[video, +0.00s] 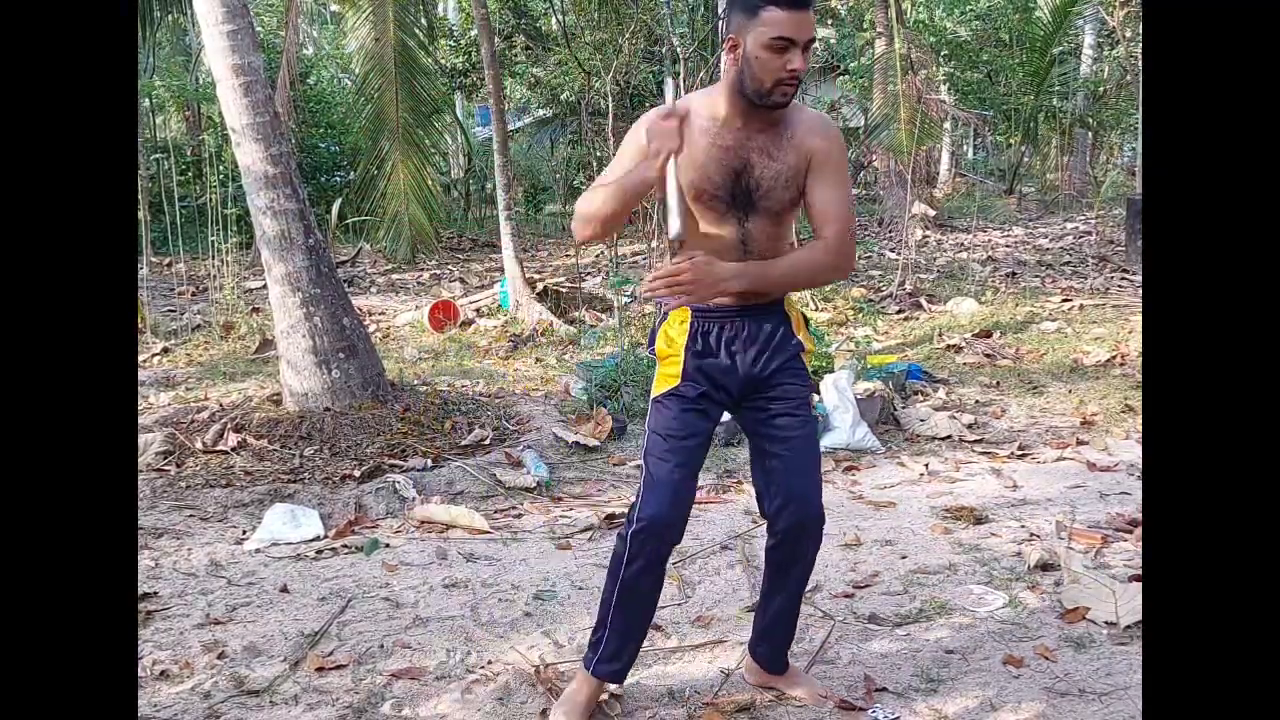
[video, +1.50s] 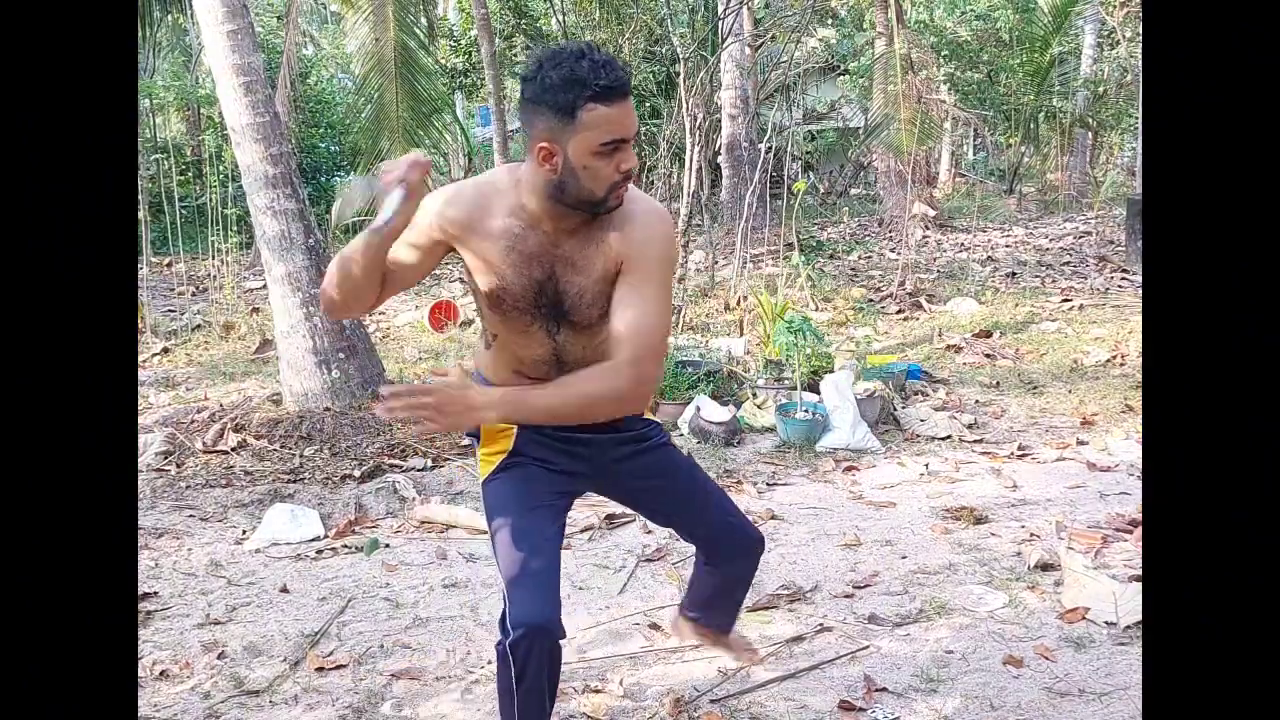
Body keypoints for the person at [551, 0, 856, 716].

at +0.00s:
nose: (798, 66)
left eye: (806, 49)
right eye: (781, 48)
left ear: (810, 48)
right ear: (732, 45)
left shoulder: (815, 135)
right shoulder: (672, 123)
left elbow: (837, 255)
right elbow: (587, 226)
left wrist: (730, 278)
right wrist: (646, 163)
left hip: (776, 344)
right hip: (692, 343)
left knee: (800, 518)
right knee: (658, 516)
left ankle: (769, 665)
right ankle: (596, 678)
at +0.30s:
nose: (820, 47)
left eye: (831, 31)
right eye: (802, 28)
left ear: (838, 33)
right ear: (756, 25)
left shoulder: (840, 125)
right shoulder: (697, 107)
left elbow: (856, 251)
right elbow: (587, 172)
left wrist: (759, 235)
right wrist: (644, 87)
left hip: (787, 335)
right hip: (705, 330)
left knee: (805, 518)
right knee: (679, 514)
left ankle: (768, 663)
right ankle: (599, 681)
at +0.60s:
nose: (783, 72)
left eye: (800, 55)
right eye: (766, 49)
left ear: (813, 58)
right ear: (728, 43)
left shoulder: (793, 142)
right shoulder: (682, 128)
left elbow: (878, 215)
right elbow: (649, 253)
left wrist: (939, 168)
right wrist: (770, 219)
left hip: (739, 359)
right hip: (668, 355)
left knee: (800, 537)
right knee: (645, 563)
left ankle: (768, 666)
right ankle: (585, 714)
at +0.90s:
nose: (609, 98)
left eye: (634, 80)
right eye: (594, 73)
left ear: (664, 79)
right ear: (569, 64)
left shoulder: (683, 145)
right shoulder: (530, 169)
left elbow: (797, 159)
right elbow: (511, 313)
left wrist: (890, 140)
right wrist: (597, 400)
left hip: (614, 385)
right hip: (532, 387)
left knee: (612, 607)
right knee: (556, 605)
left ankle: (461, 636)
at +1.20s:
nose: (575, 167)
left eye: (583, 142)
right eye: (548, 151)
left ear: (590, 128)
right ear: (491, 147)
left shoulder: (622, 220)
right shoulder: (440, 198)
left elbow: (736, 280)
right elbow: (391, 235)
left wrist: (862, 327)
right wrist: (369, 235)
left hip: (549, 442)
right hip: (463, 425)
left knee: (482, 658)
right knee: (520, 651)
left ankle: (335, 716)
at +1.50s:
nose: (631, 164)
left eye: (633, 143)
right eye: (610, 150)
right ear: (546, 153)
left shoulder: (643, 224)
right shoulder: (463, 208)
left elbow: (633, 383)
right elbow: (341, 302)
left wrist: (488, 403)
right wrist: (388, 220)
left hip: (621, 433)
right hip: (523, 440)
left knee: (736, 544)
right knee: (532, 621)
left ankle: (700, 625)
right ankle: (525, 715)